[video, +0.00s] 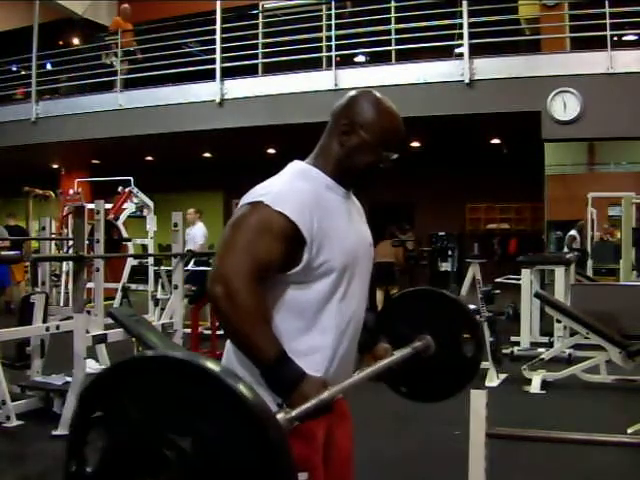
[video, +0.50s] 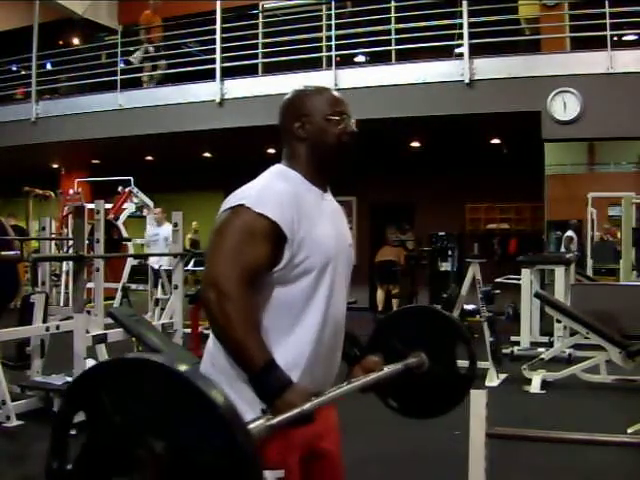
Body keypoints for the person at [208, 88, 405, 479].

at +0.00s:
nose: (386, 162)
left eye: (390, 152)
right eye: (384, 149)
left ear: (349, 134)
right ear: (347, 133)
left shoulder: (350, 206)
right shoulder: (287, 198)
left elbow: (335, 294)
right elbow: (227, 283)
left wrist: (371, 342)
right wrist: (290, 379)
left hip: (328, 405)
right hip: (273, 413)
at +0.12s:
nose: (382, 163)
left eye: (386, 154)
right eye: (379, 150)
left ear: (345, 136)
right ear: (344, 135)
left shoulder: (348, 207)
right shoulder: (284, 197)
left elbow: (329, 298)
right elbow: (227, 284)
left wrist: (366, 346)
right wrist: (287, 378)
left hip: (329, 408)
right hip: (272, 417)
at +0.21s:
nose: (376, 162)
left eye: (379, 153)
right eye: (371, 149)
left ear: (338, 136)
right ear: (335, 134)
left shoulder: (341, 206)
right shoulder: (278, 199)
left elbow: (323, 302)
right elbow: (228, 288)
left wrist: (363, 349)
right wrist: (287, 380)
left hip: (328, 408)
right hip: (271, 416)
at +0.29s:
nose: (372, 154)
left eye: (374, 145)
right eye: (364, 142)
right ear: (327, 134)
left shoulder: (340, 208)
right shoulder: (274, 199)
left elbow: (321, 302)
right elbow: (226, 288)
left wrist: (361, 351)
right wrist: (284, 379)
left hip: (326, 408)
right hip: (269, 415)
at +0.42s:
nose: (359, 137)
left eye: (359, 126)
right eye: (348, 125)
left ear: (314, 130)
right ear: (310, 128)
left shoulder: (332, 208)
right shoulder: (271, 198)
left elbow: (316, 305)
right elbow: (224, 291)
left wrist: (357, 354)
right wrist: (280, 382)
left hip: (321, 409)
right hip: (267, 416)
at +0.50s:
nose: (351, 128)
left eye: (349, 119)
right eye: (336, 118)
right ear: (300, 128)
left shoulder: (329, 207)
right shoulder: (269, 196)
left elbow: (316, 306)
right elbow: (221, 290)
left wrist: (356, 357)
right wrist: (276, 387)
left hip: (316, 408)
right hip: (257, 415)